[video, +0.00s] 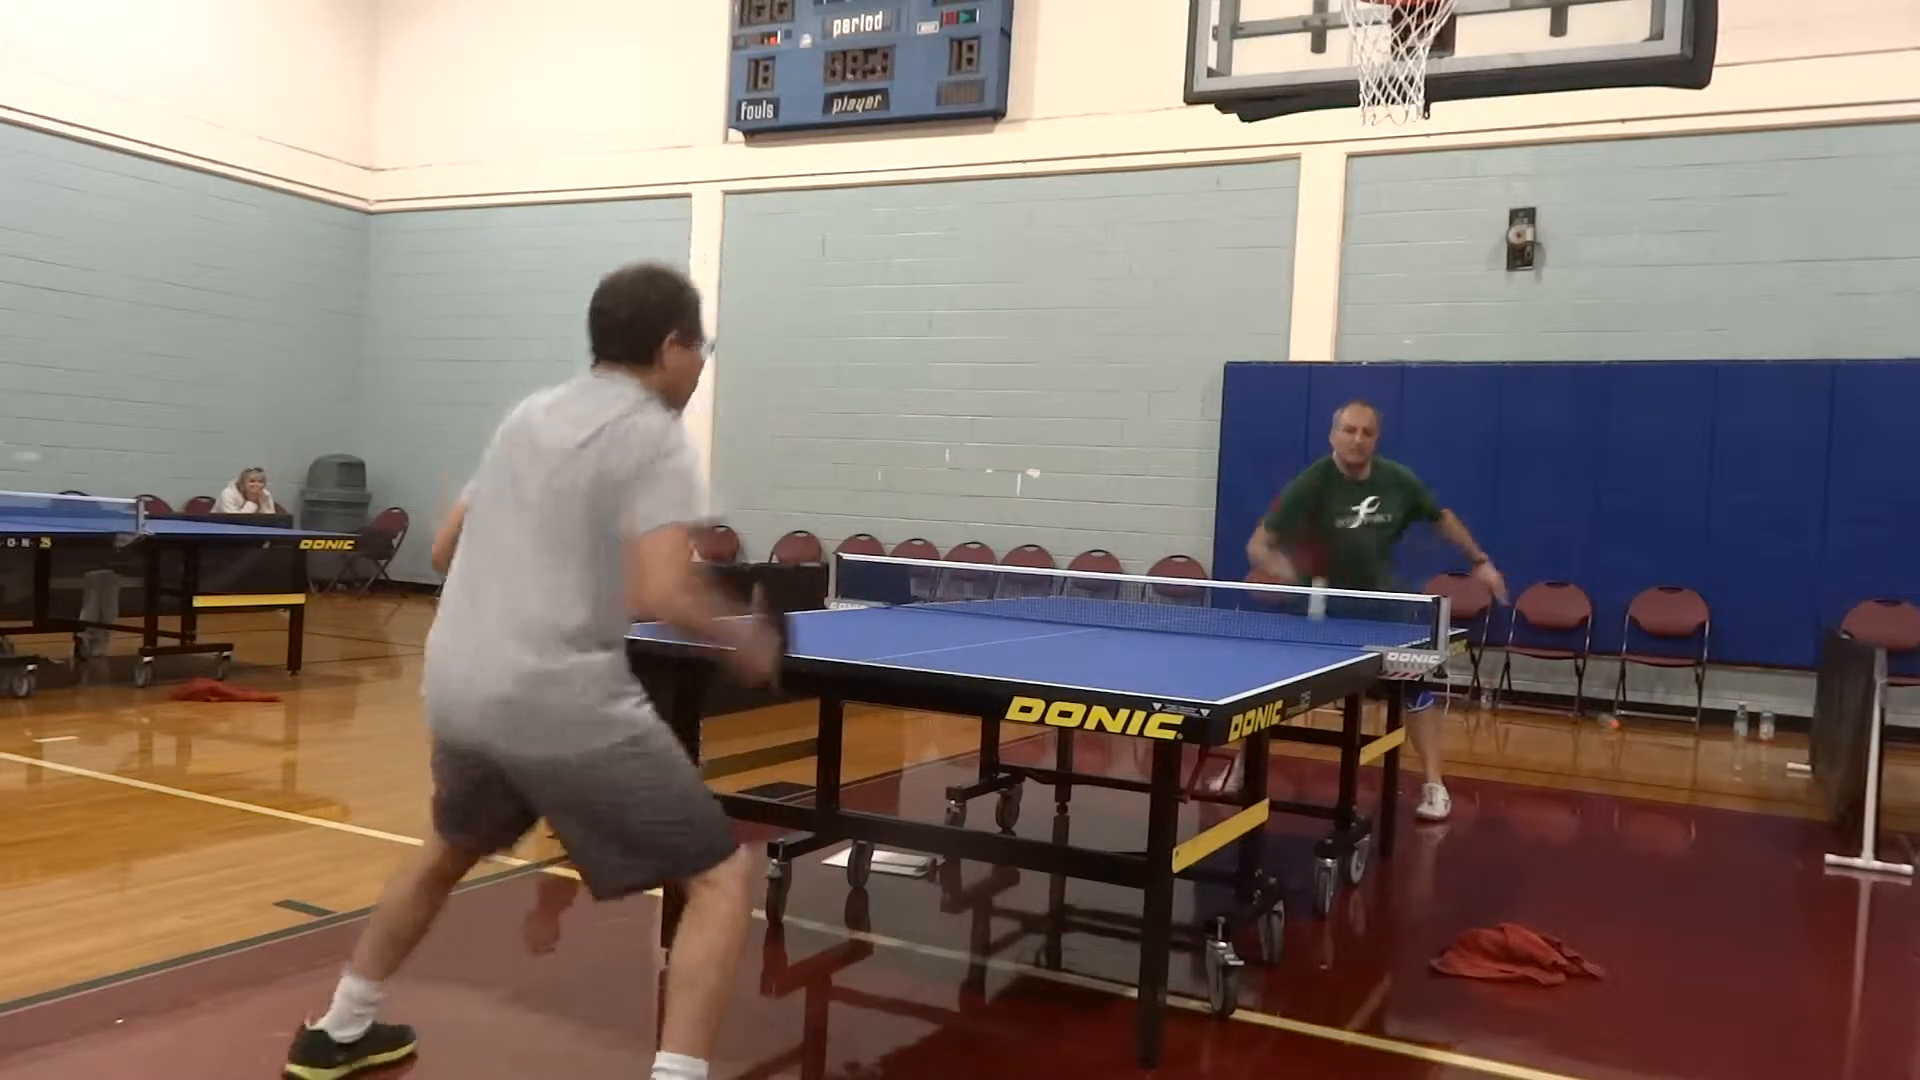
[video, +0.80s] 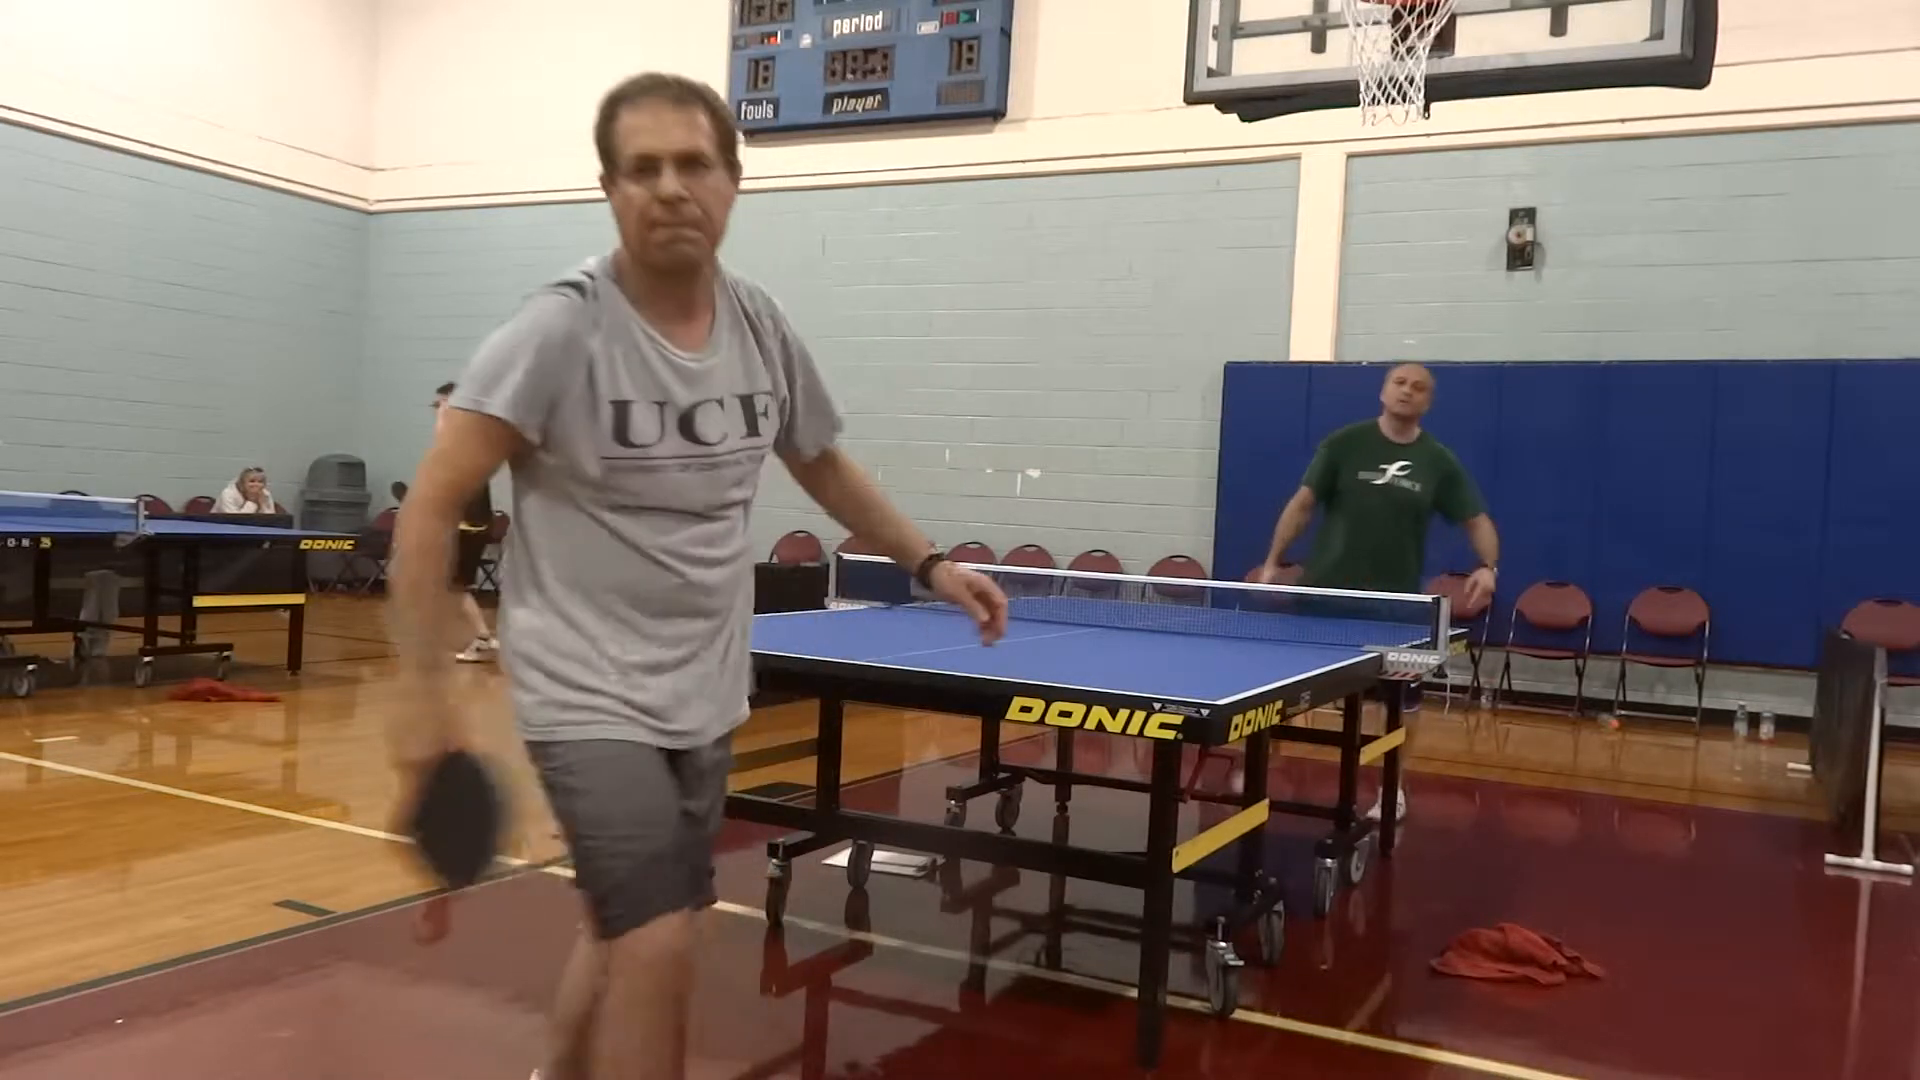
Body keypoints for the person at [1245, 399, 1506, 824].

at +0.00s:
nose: (1357, 439)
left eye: (1366, 433)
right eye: (1349, 430)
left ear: (1377, 439)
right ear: (1332, 434)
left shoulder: (1399, 481)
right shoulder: (1311, 483)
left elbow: (1442, 520)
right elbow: (1257, 544)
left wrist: (1481, 561)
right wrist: (1280, 566)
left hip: (1383, 612)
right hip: (1319, 611)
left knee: (1419, 682)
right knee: (1264, 677)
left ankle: (1434, 783)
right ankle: (1244, 765)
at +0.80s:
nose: (1408, 392)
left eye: (1418, 388)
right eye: (1401, 383)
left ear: (1429, 401)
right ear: (1383, 391)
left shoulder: (1438, 461)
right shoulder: (1343, 444)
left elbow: (1477, 520)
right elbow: (1303, 502)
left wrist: (1487, 566)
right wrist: (1273, 559)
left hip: (1395, 603)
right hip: (1325, 595)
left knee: (1399, 702)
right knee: (1280, 687)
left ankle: (1393, 789)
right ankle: (1252, 776)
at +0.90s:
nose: (1414, 391)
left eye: (1425, 387)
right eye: (1408, 382)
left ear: (1436, 402)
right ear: (1392, 390)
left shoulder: (1447, 460)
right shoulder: (1352, 442)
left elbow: (1486, 520)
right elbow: (1314, 503)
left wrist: (1495, 569)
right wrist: (1290, 563)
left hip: (1401, 602)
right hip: (1334, 593)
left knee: (1402, 700)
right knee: (1315, 677)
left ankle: (1392, 787)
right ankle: (1309, 750)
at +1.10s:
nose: (1415, 390)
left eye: (1426, 386)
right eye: (1408, 382)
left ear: (1437, 401)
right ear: (1393, 390)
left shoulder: (1453, 457)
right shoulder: (1356, 444)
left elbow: (1485, 522)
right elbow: (1323, 505)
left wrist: (1500, 585)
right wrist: (1315, 555)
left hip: (1417, 603)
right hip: (1355, 597)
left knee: (1412, 703)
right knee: (1361, 697)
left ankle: (1396, 789)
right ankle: (1369, 785)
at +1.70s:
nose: (1376, 404)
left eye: (1385, 396)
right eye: (1371, 399)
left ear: (1410, 403)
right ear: (1367, 409)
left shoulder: (1446, 449)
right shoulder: (1360, 465)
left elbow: (1490, 509)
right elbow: (1344, 529)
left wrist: (1496, 574)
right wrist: (1332, 585)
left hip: (1439, 595)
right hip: (1380, 596)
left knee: (1442, 686)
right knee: (1385, 687)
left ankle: (1446, 758)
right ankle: (1392, 766)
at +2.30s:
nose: (1417, 411)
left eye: (1426, 407)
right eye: (1419, 404)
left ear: (1452, 417)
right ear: (1436, 415)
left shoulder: (1478, 465)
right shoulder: (1421, 454)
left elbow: (1475, 539)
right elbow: (1412, 517)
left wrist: (1436, 589)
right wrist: (1391, 559)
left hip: (1466, 601)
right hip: (1414, 595)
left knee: (1479, 686)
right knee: (1406, 679)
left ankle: (1477, 764)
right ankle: (1392, 757)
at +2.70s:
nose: (1412, 412)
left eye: (1420, 406)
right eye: (1415, 404)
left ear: (1441, 416)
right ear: (1439, 416)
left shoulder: (1462, 463)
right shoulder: (1432, 459)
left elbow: (1475, 531)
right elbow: (1428, 528)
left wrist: (1482, 594)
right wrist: (1415, 585)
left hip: (1452, 595)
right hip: (1421, 591)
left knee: (1467, 677)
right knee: (1424, 672)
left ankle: (1476, 763)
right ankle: (1423, 746)